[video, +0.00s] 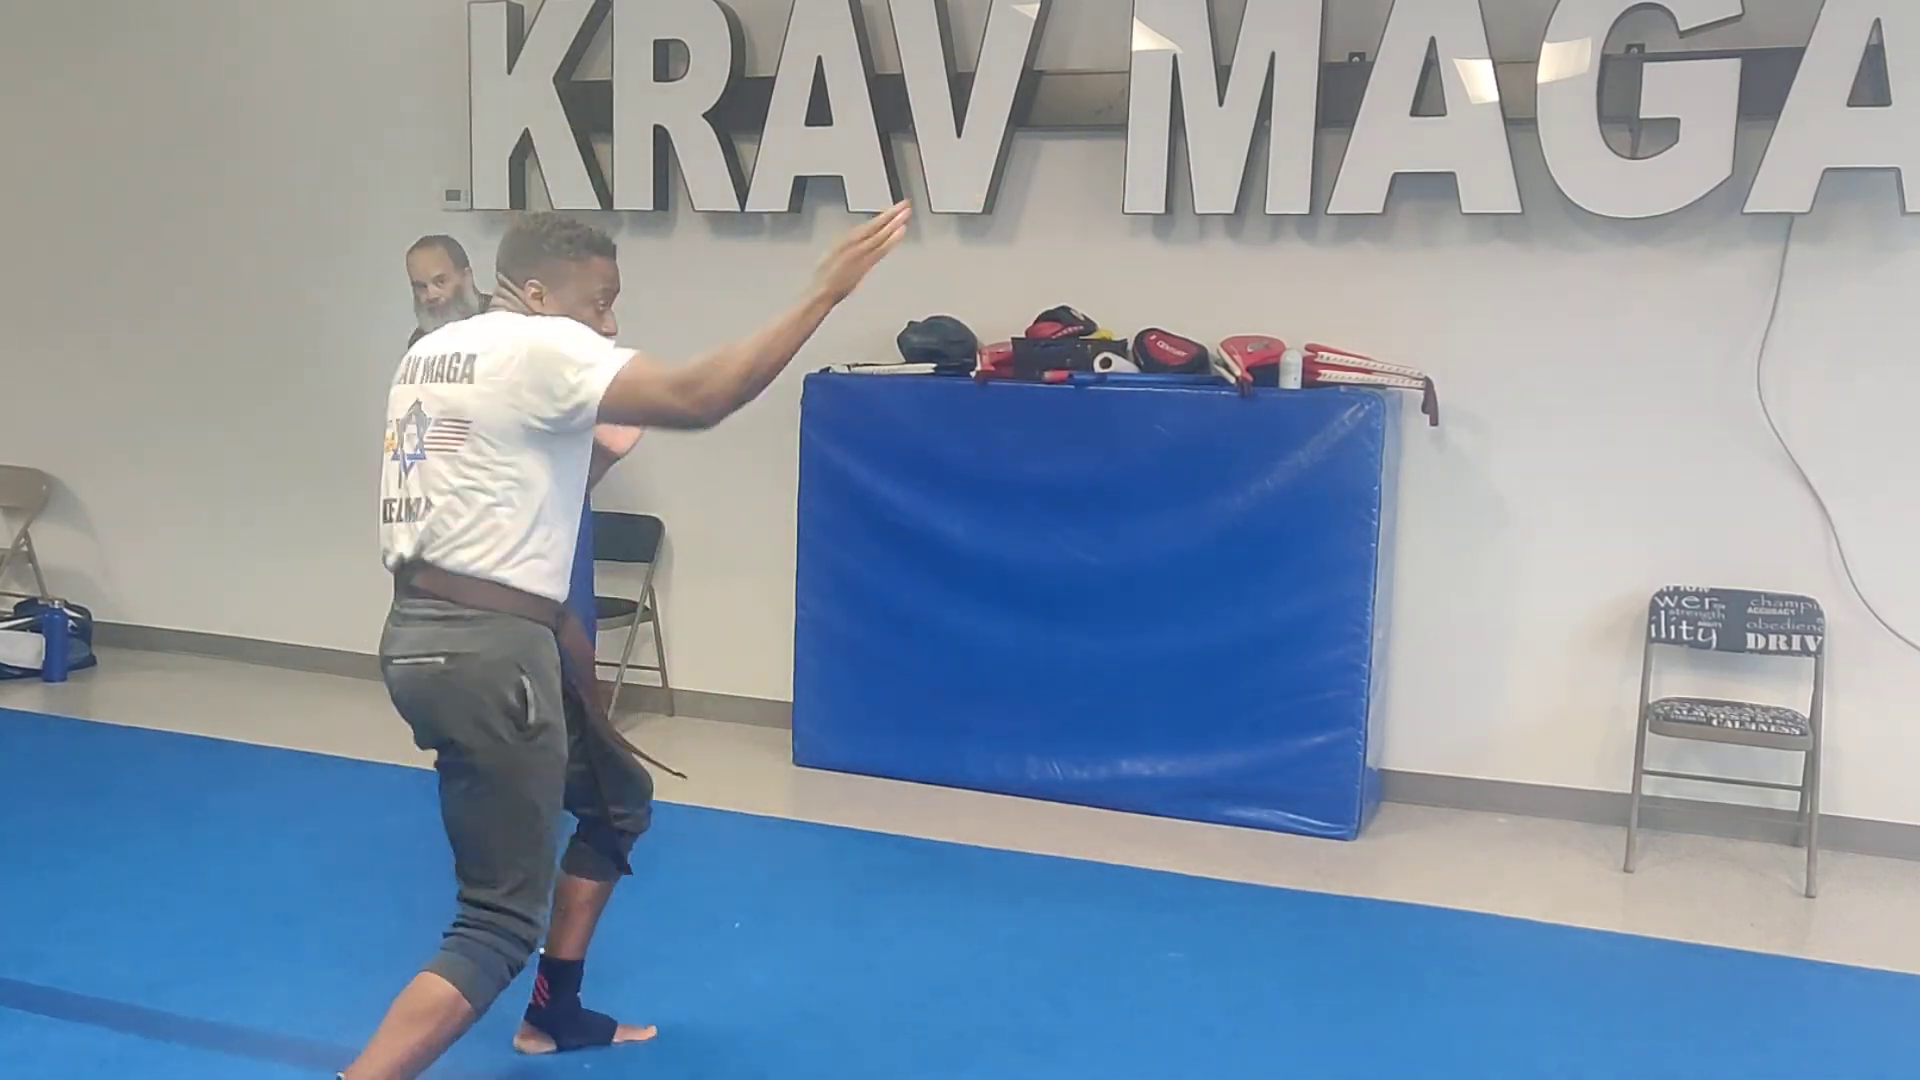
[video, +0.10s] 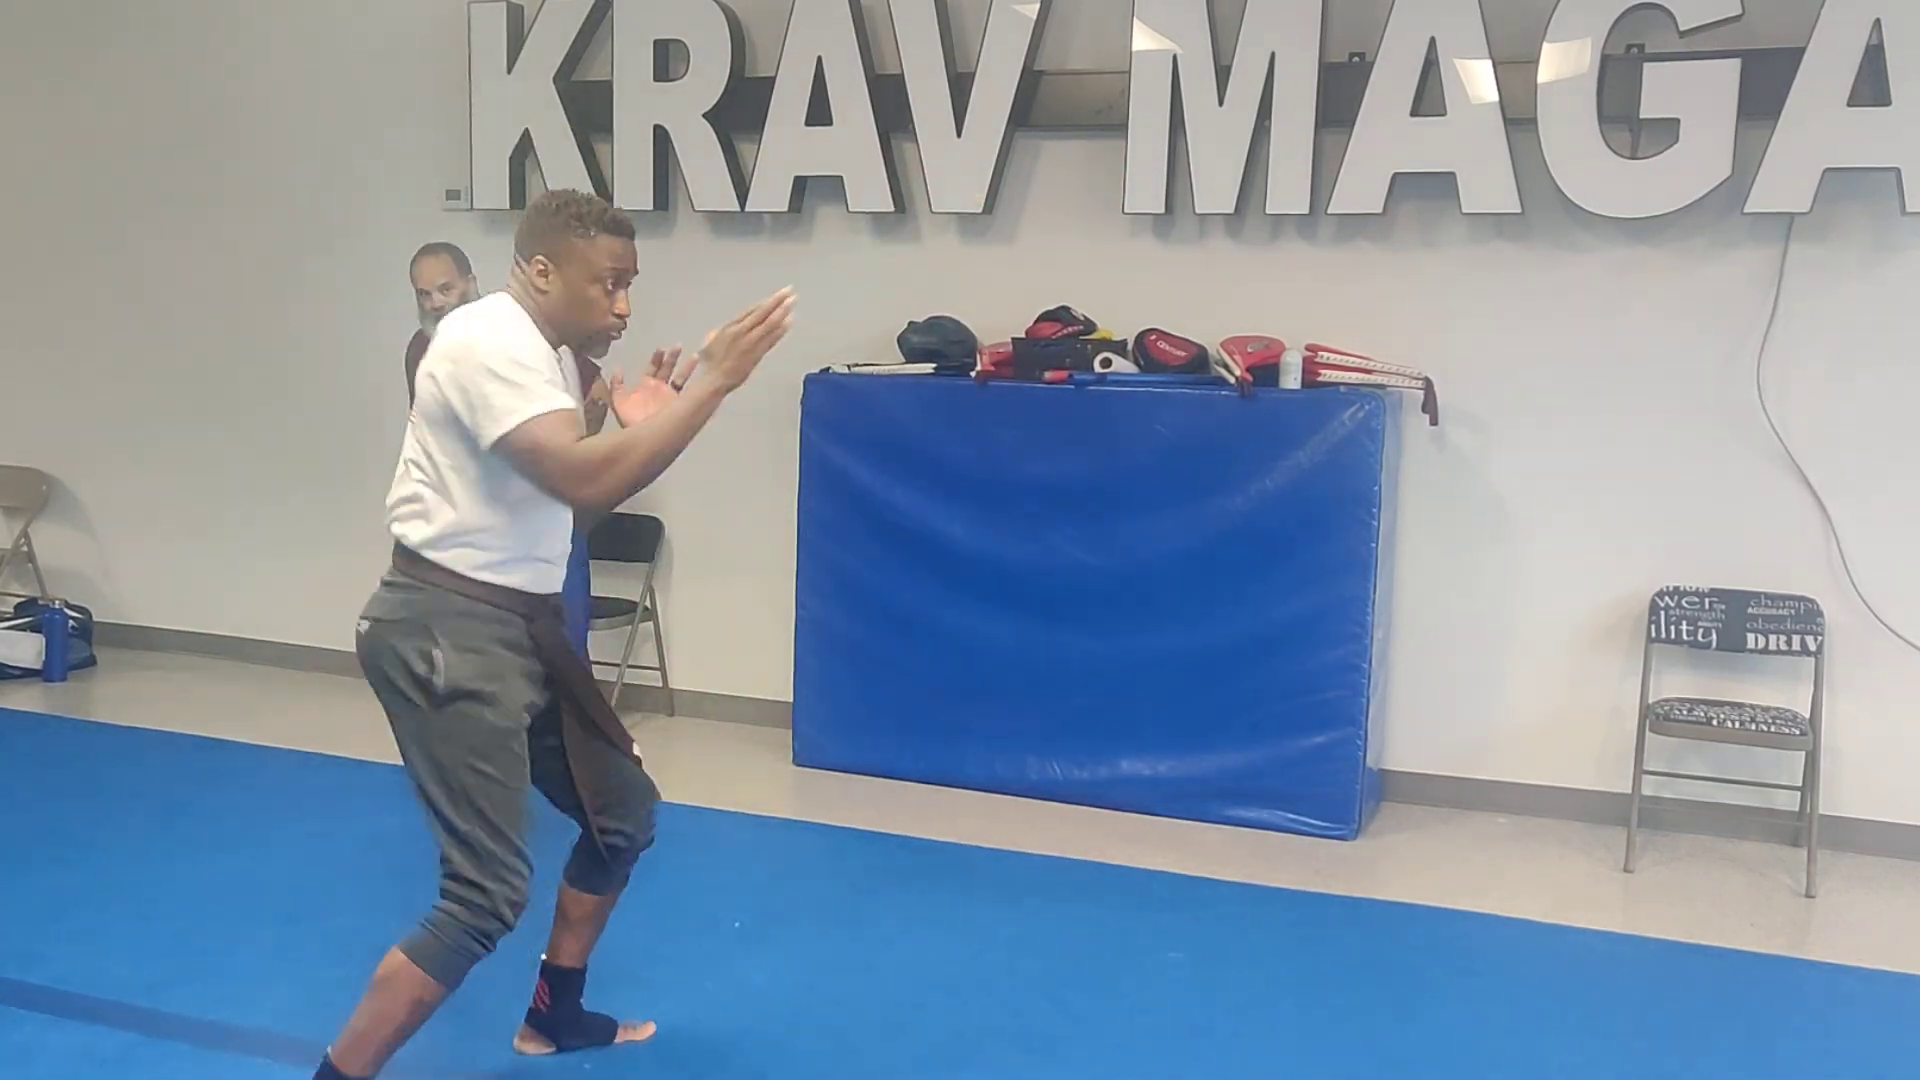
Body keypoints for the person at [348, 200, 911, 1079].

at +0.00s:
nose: (610, 324)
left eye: (611, 305)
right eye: (597, 303)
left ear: (519, 297)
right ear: (529, 293)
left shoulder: (427, 355)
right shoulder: (540, 353)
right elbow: (700, 394)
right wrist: (824, 294)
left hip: (418, 636)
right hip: (497, 645)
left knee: (616, 796)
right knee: (500, 920)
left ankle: (556, 1006)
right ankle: (364, 1074)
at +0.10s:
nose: (625, 302)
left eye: (629, 284)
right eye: (610, 282)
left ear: (553, 281)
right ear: (539, 275)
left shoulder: (550, 354)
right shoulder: (485, 339)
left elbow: (586, 484)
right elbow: (587, 479)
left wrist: (638, 417)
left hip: (518, 629)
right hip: (446, 626)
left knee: (622, 812)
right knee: (486, 892)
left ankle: (556, 1012)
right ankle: (340, 1072)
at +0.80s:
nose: (707, 342)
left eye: (715, 326)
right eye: (697, 322)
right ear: (636, 293)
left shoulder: (674, 381)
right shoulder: (565, 341)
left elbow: (755, 460)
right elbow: (732, 385)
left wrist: (832, 392)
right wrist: (841, 328)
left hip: (617, 623)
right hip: (510, 627)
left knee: (758, 775)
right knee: (446, 881)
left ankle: (774, 985)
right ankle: (275, 1015)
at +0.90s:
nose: (732, 378)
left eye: (733, 365)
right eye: (733, 358)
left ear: (696, 352)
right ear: (686, 332)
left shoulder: (686, 415)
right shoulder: (597, 359)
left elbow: (779, 466)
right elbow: (780, 360)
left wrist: (857, 372)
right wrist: (877, 317)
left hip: (616, 668)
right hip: (507, 672)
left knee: (765, 803)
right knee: (417, 910)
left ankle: (834, 1008)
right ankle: (230, 1033)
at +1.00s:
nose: (764, 409)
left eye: (767, 395)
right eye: (764, 387)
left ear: (737, 383)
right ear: (723, 362)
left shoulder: (713, 452)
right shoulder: (645, 399)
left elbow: (807, 502)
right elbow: (807, 382)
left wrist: (843, 382)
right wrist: (874, 334)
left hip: (649, 694)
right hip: (541, 691)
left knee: (809, 803)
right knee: (423, 930)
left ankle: (849, 1016)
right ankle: (235, 1039)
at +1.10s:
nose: (799, 372)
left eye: (803, 360)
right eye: (793, 352)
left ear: (780, 354)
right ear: (755, 328)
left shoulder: (764, 422)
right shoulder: (698, 365)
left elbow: (857, 468)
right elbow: (838, 337)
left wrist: (877, 357)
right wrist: (889, 317)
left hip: (716, 670)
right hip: (616, 656)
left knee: (864, 804)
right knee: (524, 913)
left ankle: (857, 1011)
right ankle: (297, 991)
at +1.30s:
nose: (827, 326)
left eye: (837, 310)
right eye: (820, 303)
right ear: (762, 274)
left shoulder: (819, 372)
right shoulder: (671, 335)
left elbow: (851, 510)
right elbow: (608, 475)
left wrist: (889, 439)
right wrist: (736, 425)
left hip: (828, 575)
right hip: (762, 574)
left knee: (922, 806)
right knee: (967, 631)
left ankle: (867, 1014)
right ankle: (832, 820)